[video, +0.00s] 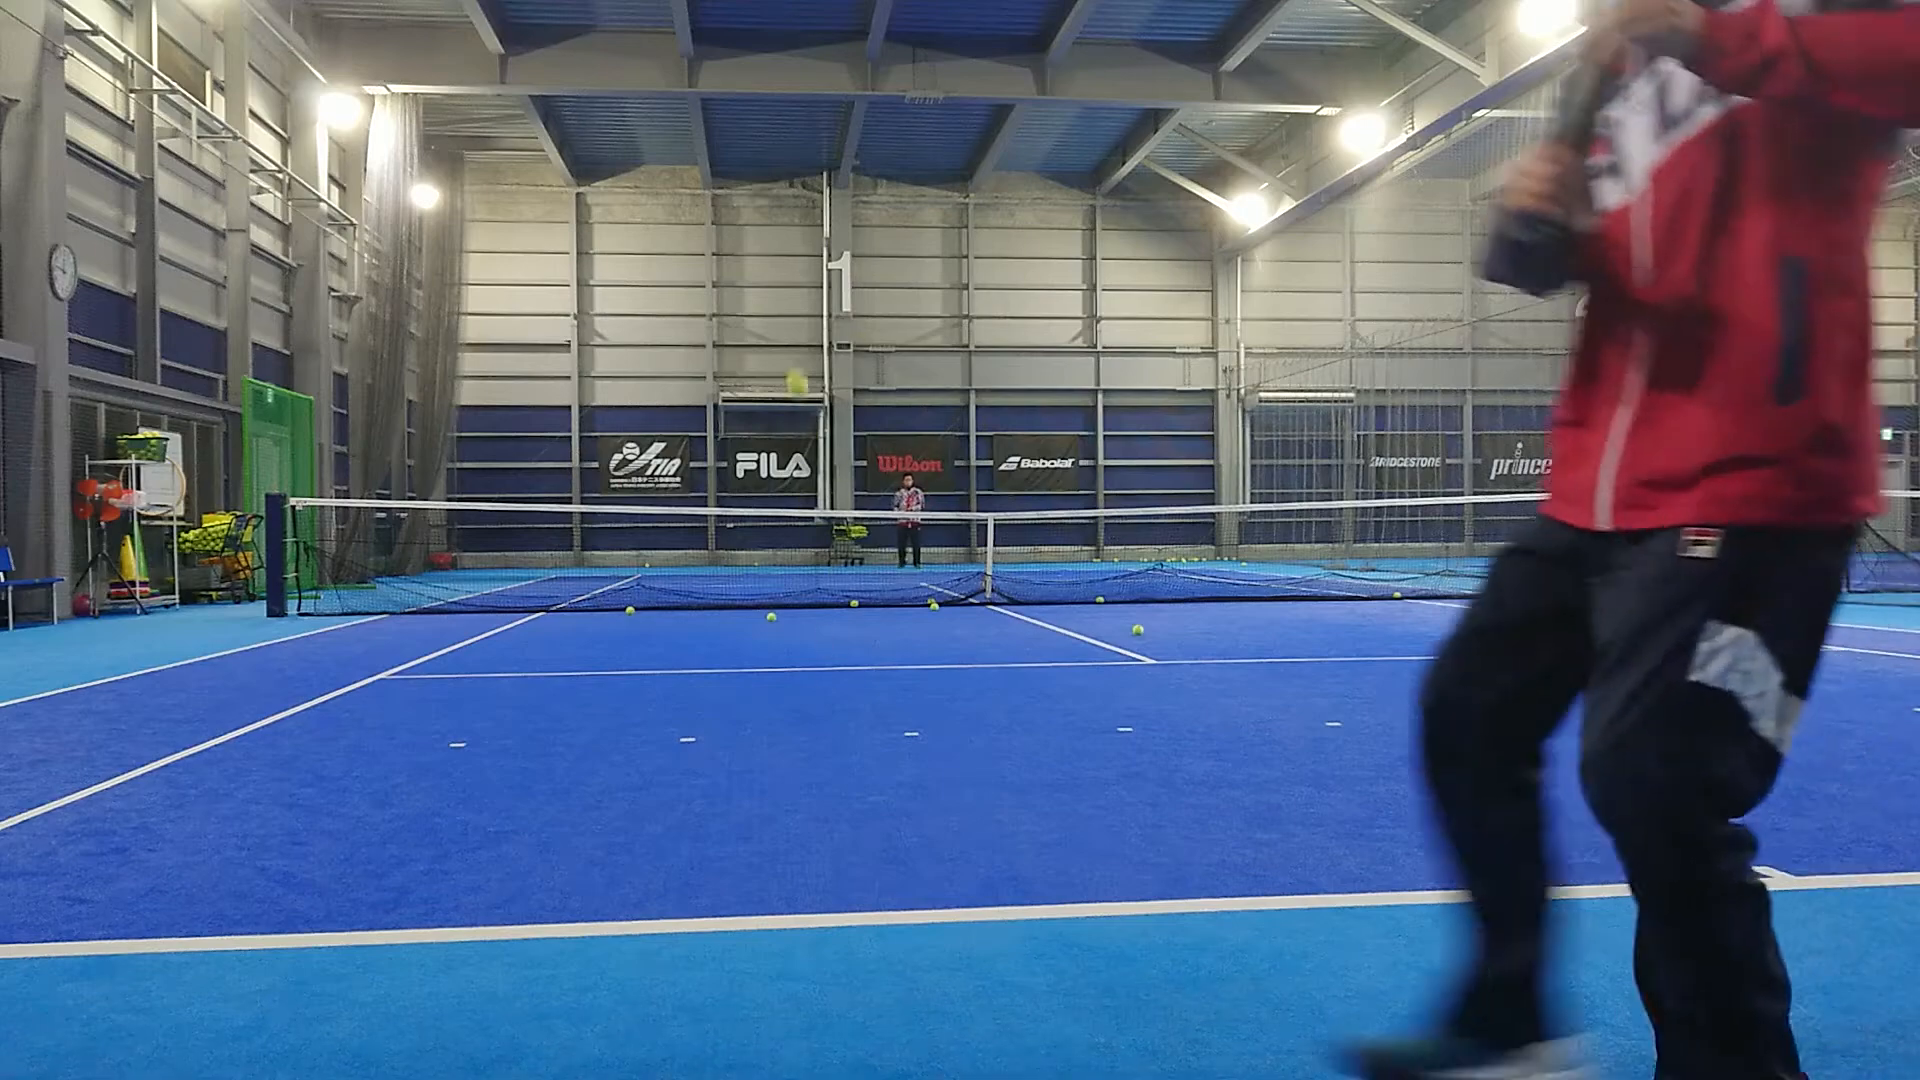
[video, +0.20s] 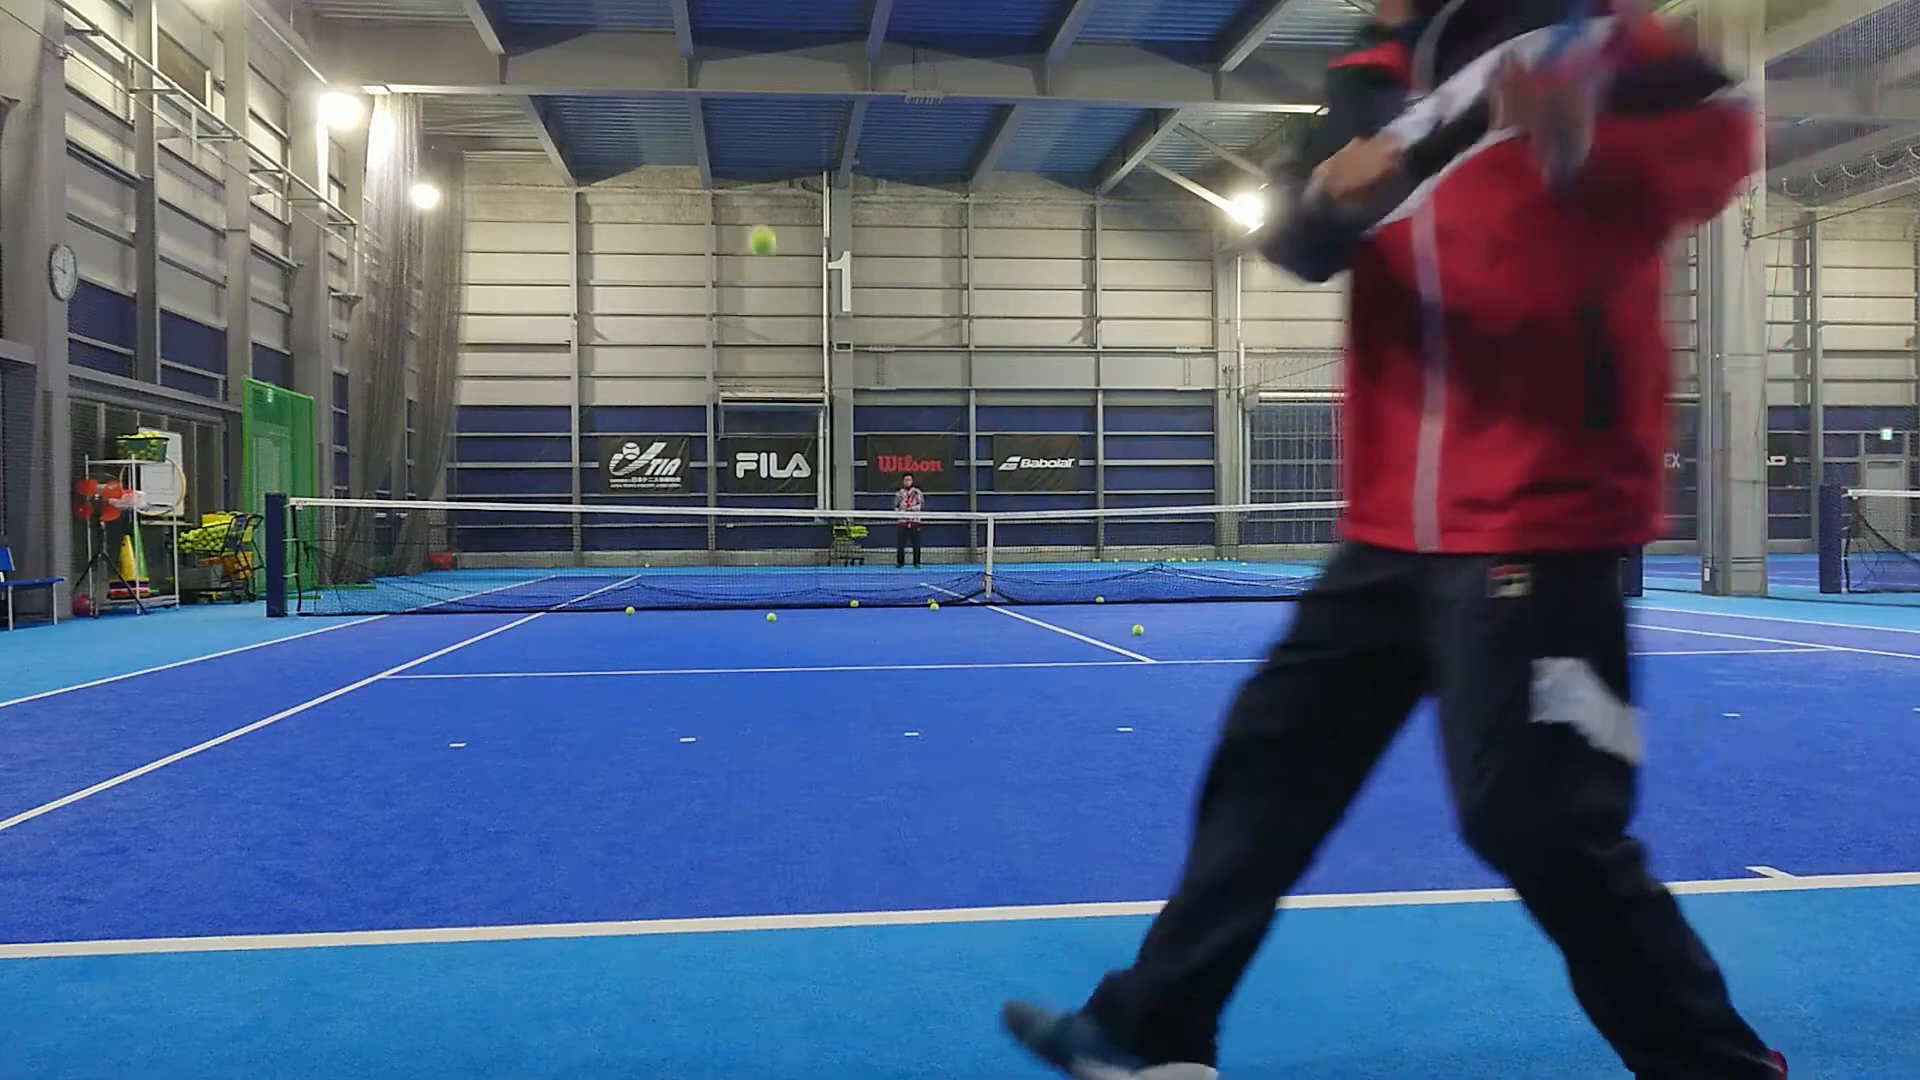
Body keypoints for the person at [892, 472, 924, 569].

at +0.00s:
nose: (908, 482)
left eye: (910, 480)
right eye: (906, 480)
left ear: (913, 481)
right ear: (903, 482)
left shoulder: (918, 493)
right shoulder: (899, 494)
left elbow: (921, 505)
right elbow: (895, 506)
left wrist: (912, 509)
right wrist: (900, 514)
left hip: (915, 521)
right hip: (902, 522)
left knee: (916, 544)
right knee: (901, 544)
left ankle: (916, 562)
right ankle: (902, 562)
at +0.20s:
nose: (908, 482)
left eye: (909, 480)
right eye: (906, 480)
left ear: (912, 481)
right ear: (903, 481)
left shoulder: (917, 493)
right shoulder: (899, 493)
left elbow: (921, 505)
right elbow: (895, 506)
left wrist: (911, 508)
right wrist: (900, 514)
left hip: (914, 521)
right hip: (902, 521)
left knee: (916, 544)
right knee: (900, 544)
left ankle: (917, 562)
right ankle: (900, 562)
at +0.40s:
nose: (904, 482)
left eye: (905, 480)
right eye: (902, 480)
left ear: (908, 481)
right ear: (898, 482)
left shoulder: (914, 492)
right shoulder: (896, 494)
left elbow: (918, 505)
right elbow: (892, 505)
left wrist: (910, 511)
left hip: (913, 522)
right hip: (901, 522)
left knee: (916, 545)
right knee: (899, 545)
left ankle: (916, 562)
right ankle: (899, 563)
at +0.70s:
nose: (902, 482)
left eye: (904, 479)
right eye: (900, 480)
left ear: (907, 481)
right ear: (897, 481)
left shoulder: (913, 492)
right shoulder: (894, 494)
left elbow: (917, 505)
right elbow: (890, 507)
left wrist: (908, 510)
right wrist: (898, 515)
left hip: (912, 521)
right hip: (900, 522)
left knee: (916, 544)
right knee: (899, 545)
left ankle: (920, 562)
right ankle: (899, 563)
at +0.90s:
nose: (907, 484)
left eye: (909, 482)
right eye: (905, 482)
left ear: (911, 483)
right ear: (902, 484)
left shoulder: (916, 495)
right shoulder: (899, 495)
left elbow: (919, 508)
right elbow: (894, 508)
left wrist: (919, 520)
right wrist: (899, 518)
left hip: (914, 523)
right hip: (902, 523)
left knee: (919, 544)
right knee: (900, 545)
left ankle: (926, 561)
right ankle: (898, 563)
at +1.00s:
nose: (911, 485)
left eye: (913, 483)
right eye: (909, 483)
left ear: (916, 484)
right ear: (906, 485)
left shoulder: (920, 496)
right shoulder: (903, 496)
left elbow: (922, 510)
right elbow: (900, 508)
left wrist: (922, 522)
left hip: (918, 523)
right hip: (906, 524)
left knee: (922, 544)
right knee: (903, 545)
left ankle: (929, 561)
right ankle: (899, 562)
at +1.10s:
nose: (915, 487)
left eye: (917, 484)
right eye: (913, 484)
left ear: (921, 486)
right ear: (911, 486)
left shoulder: (925, 496)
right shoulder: (910, 496)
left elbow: (927, 509)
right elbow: (905, 508)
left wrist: (927, 521)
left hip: (923, 523)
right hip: (913, 524)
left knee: (923, 545)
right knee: (908, 544)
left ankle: (930, 562)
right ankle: (901, 562)